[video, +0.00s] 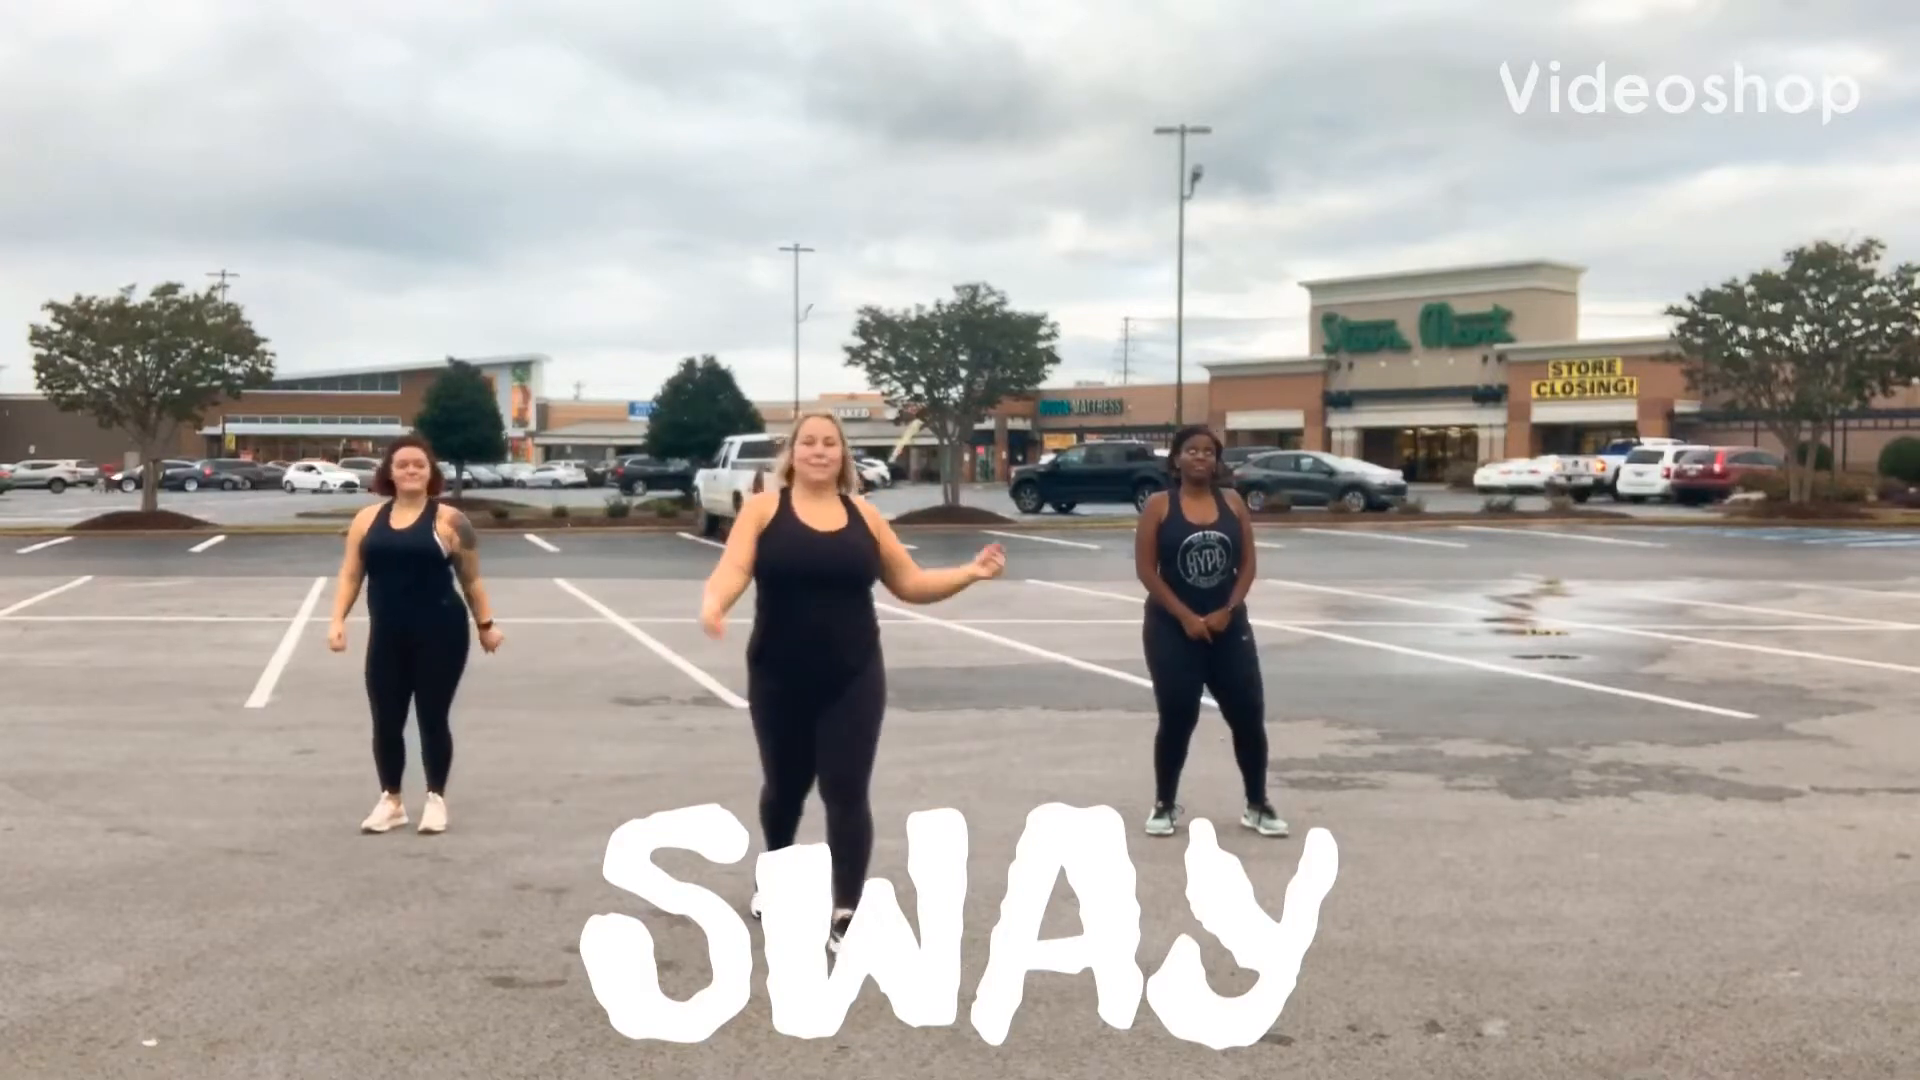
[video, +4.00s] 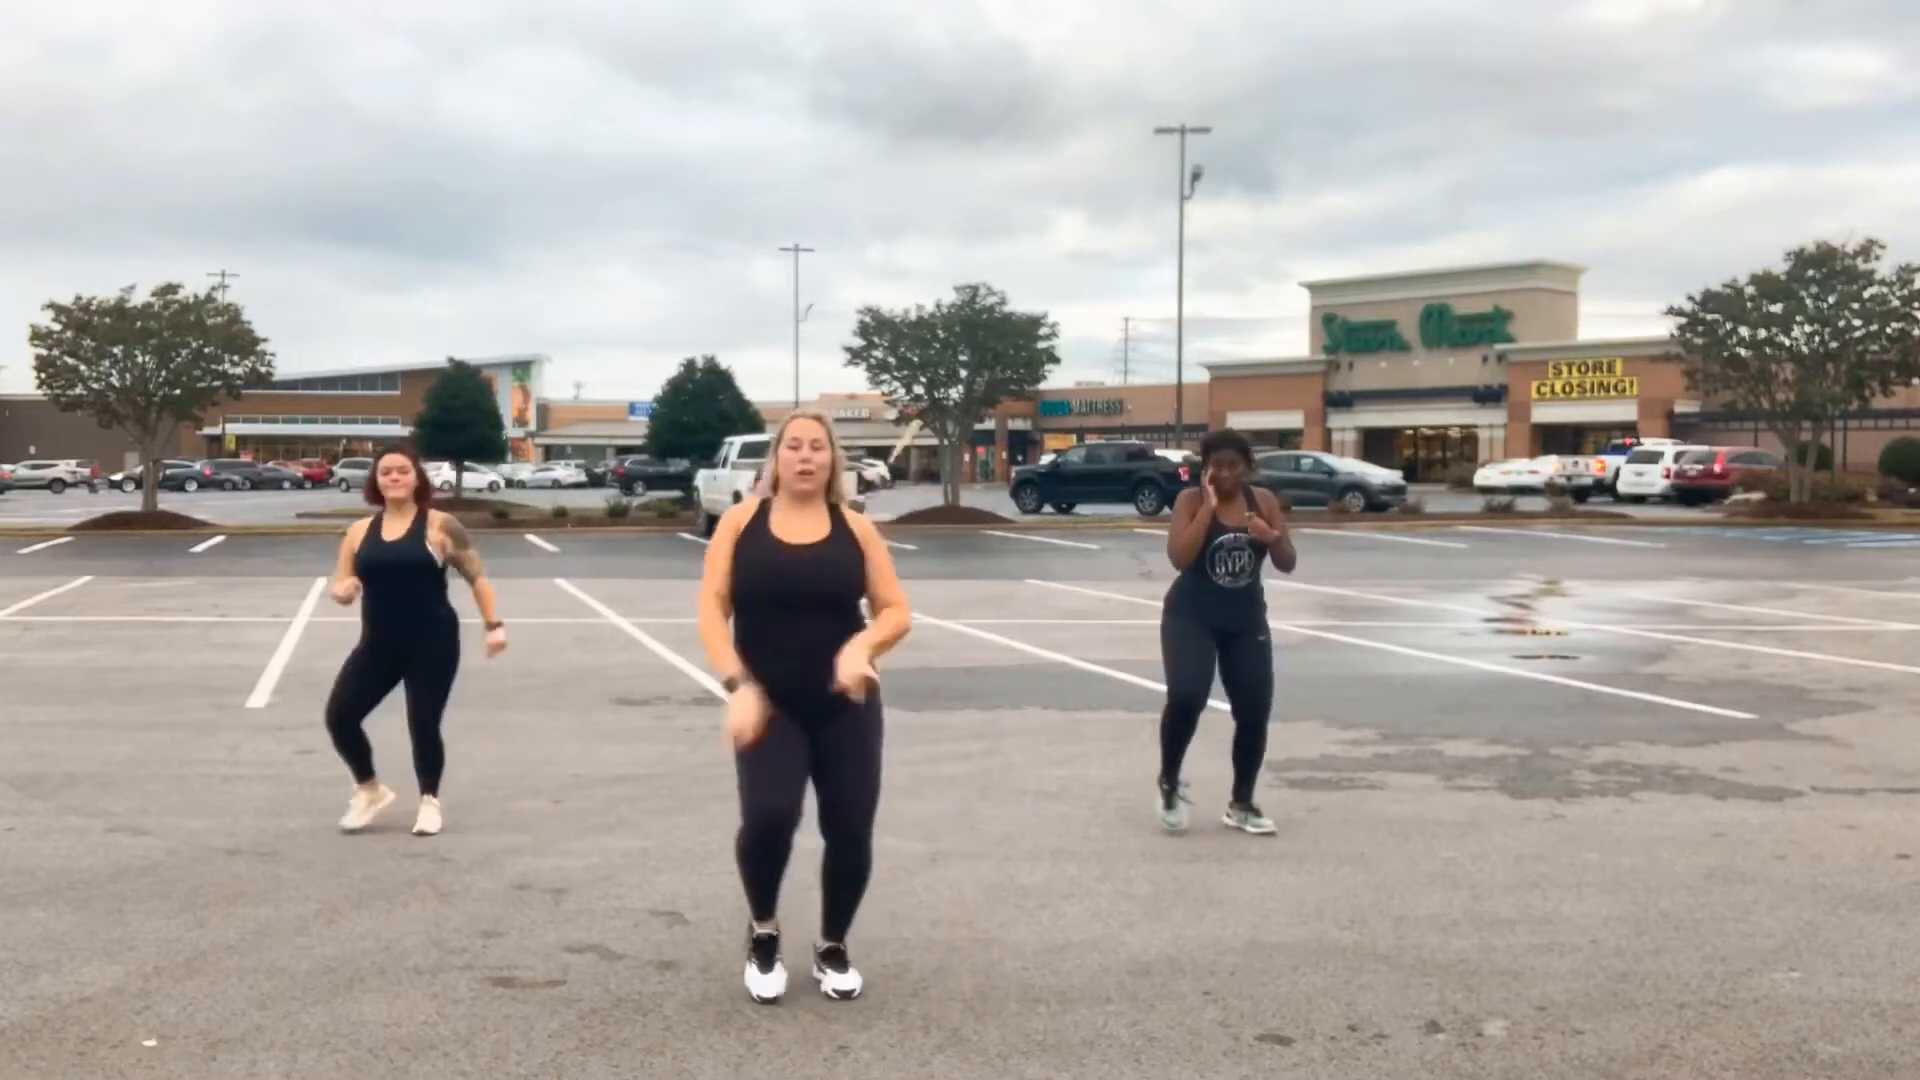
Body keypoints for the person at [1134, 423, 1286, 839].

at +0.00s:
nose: (1200, 457)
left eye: (1208, 452)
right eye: (1192, 451)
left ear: (1217, 461)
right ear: (1177, 458)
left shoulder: (1232, 503)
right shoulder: (1159, 506)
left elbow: (1248, 565)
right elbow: (1146, 571)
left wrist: (1228, 609)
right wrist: (1186, 616)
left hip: (1227, 623)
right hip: (1172, 626)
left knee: (1249, 715)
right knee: (1177, 718)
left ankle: (1257, 805)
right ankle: (1164, 805)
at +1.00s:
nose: (1223, 455)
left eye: (1230, 449)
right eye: (1215, 449)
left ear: (1241, 460)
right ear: (1200, 457)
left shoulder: (1254, 506)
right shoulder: (1178, 501)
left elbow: (1270, 568)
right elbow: (1159, 562)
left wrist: (1283, 624)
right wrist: (1145, 618)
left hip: (1249, 629)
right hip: (1192, 628)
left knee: (1251, 719)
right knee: (1186, 717)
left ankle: (1258, 806)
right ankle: (1165, 804)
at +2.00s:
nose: (1213, 452)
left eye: (1219, 446)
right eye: (1203, 447)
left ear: (1230, 455)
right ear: (1189, 460)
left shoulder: (1251, 499)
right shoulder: (1174, 502)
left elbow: (1270, 558)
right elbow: (1159, 566)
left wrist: (1285, 611)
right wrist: (1155, 624)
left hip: (1237, 628)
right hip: (1183, 629)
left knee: (1250, 719)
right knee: (1179, 716)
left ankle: (1258, 806)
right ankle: (1162, 806)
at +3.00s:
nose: (1243, 454)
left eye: (1250, 447)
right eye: (1235, 448)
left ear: (1262, 457)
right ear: (1222, 459)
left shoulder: (1280, 502)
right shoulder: (1203, 505)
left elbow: (1322, 548)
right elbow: (1184, 565)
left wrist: (1292, 570)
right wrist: (1214, 564)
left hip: (1276, 626)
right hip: (1221, 628)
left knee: (1287, 713)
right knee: (1217, 716)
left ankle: (1336, 797)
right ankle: (1218, 804)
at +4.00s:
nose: (1224, 473)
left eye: (1232, 466)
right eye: (1217, 466)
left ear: (1247, 467)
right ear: (1206, 468)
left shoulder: (1263, 500)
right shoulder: (1191, 500)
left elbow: (1287, 564)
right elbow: (1179, 557)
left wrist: (1272, 537)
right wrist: (1208, 507)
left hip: (1245, 618)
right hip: (1191, 617)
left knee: (1255, 711)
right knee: (1187, 699)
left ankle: (1242, 804)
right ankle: (1169, 786)